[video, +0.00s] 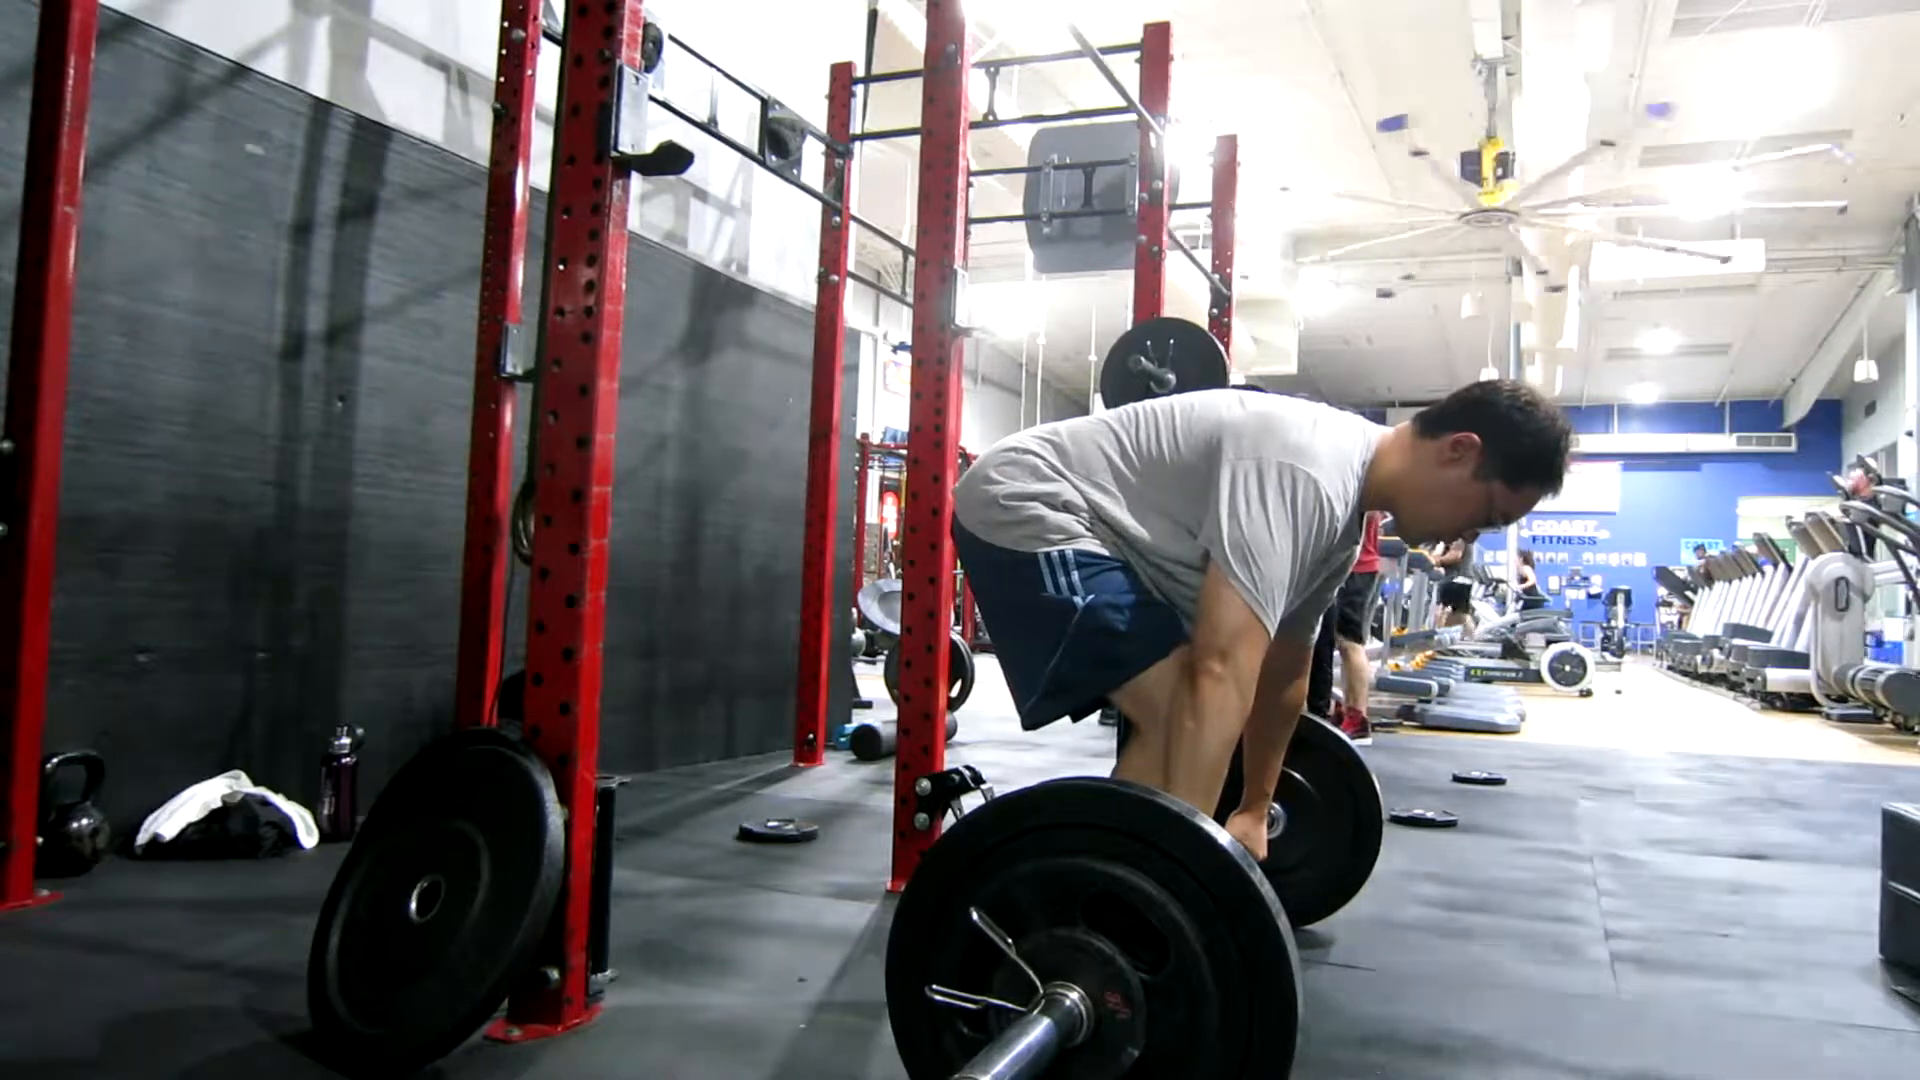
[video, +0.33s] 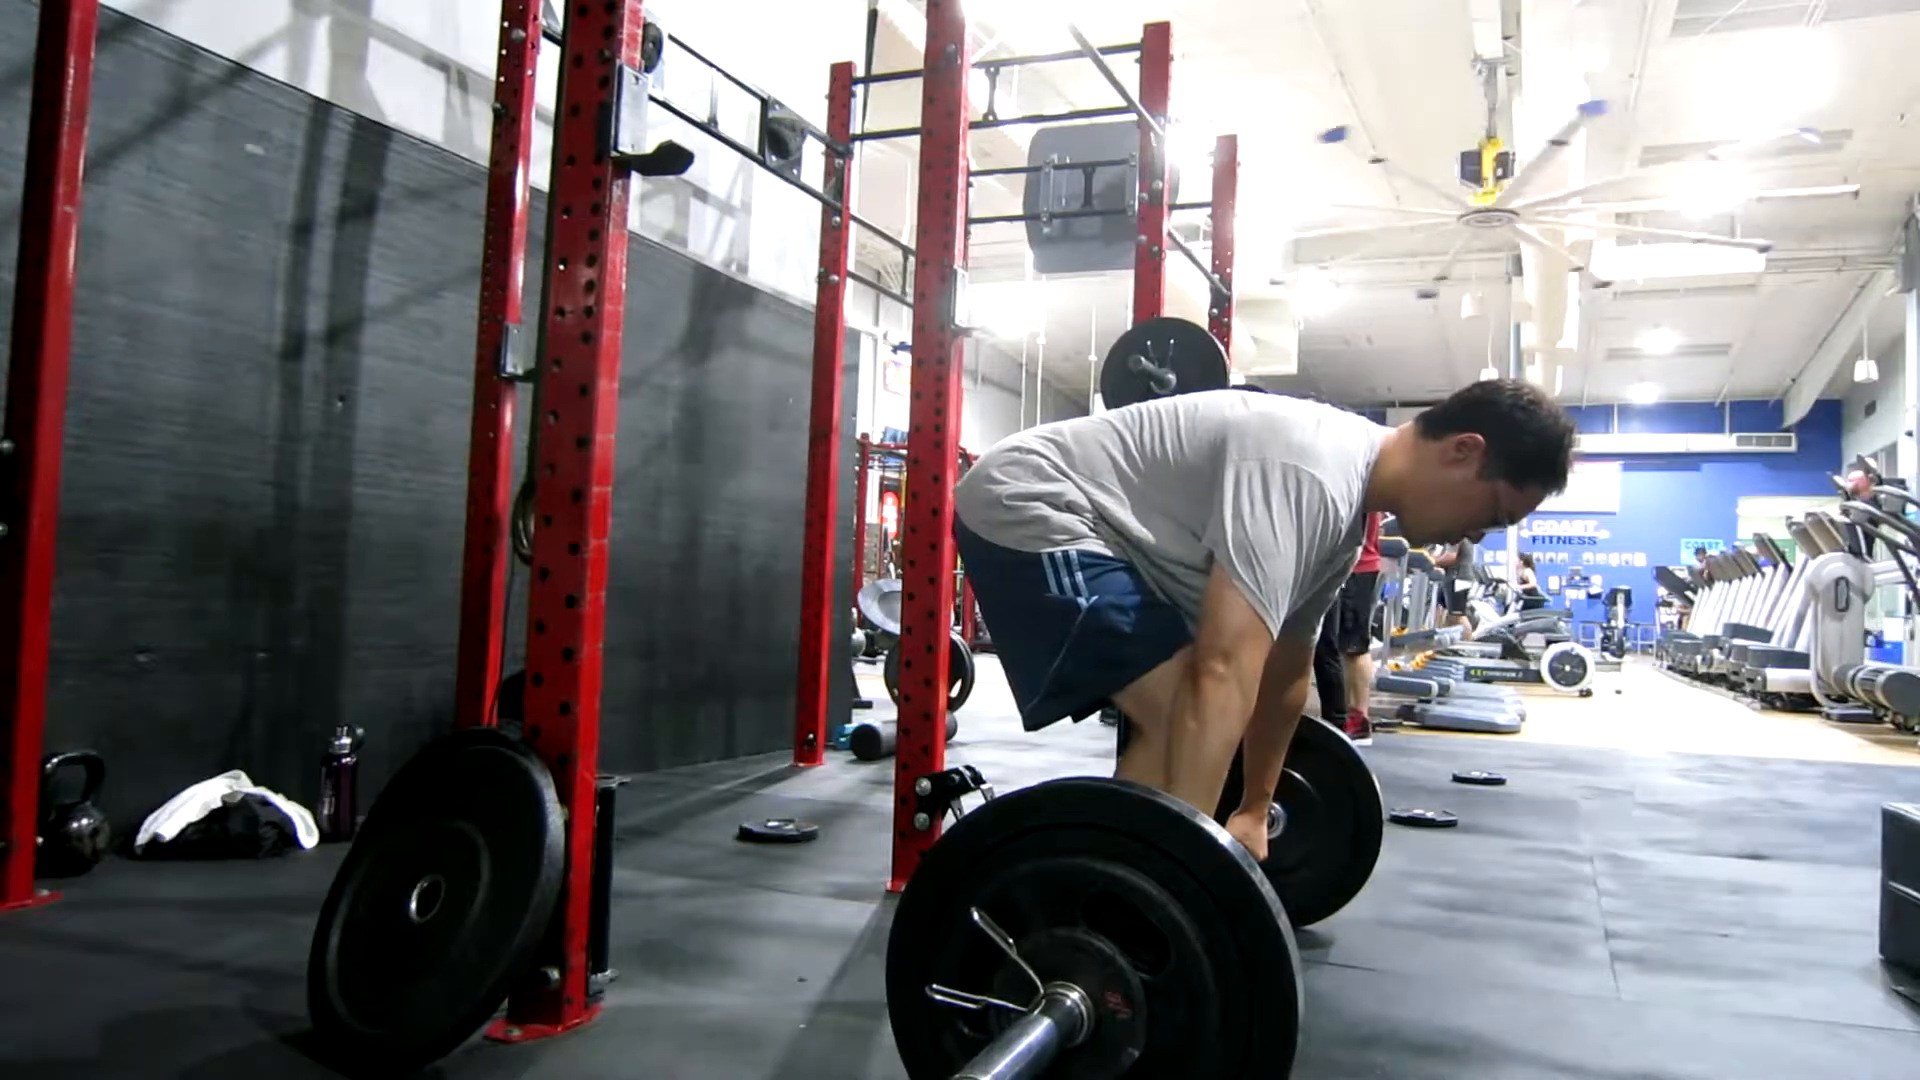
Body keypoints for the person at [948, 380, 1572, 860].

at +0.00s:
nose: (1465, 544)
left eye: (1486, 531)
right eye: (1484, 519)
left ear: (1459, 454)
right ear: (1459, 454)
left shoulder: (1340, 515)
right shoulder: (1305, 469)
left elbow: (1284, 680)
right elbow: (1218, 668)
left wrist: (1253, 808)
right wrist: (1170, 865)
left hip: (1086, 527)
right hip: (1031, 503)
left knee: (1178, 717)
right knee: (1185, 699)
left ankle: (1099, 902)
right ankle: (1140, 897)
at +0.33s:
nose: (1469, 545)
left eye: (1490, 532)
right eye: (1488, 520)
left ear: (1463, 455)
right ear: (1464, 455)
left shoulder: (1343, 515)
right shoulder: (1310, 471)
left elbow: (1286, 678)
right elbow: (1220, 668)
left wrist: (1254, 806)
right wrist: (1173, 863)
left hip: (1086, 524)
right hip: (1033, 502)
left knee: (1173, 716)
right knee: (1187, 696)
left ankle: (1113, 904)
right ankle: (1147, 897)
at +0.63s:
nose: (1476, 544)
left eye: (1497, 533)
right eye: (1495, 522)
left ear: (1467, 460)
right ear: (1468, 461)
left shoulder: (1349, 520)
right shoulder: (1313, 469)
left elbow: (1290, 681)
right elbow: (1223, 667)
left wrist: (1255, 808)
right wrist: (1177, 864)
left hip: (1092, 526)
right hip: (1035, 501)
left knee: (1174, 714)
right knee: (1187, 692)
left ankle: (1108, 903)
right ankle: (1154, 896)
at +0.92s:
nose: (1480, 530)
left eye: (1500, 518)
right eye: (1495, 506)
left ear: (1463, 444)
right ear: (1463, 444)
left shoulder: (1366, 517)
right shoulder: (1317, 464)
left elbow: (1300, 680)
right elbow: (1237, 668)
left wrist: (1259, 811)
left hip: (1092, 521)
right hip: (1030, 495)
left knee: (1184, 710)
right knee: (1180, 699)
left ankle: (1108, 910)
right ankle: (1134, 902)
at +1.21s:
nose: (1485, 497)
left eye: (1503, 484)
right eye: (1498, 473)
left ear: (1457, 416)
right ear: (1458, 414)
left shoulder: (1349, 510)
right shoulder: (1301, 467)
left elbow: (1286, 672)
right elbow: (1214, 661)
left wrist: (1260, 805)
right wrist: (1180, 859)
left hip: (1093, 538)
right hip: (1032, 515)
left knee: (1175, 717)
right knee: (1191, 702)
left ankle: (1113, 896)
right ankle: (1152, 904)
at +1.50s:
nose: (1476, 480)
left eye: (1492, 468)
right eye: (1485, 457)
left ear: (1444, 403)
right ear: (1444, 402)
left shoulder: (1342, 495)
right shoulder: (1285, 457)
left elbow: (1282, 664)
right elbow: (1213, 659)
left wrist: (1260, 803)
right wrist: (1184, 859)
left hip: (1097, 553)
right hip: (1028, 528)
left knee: (1176, 725)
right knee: (1202, 705)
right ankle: (1155, 905)